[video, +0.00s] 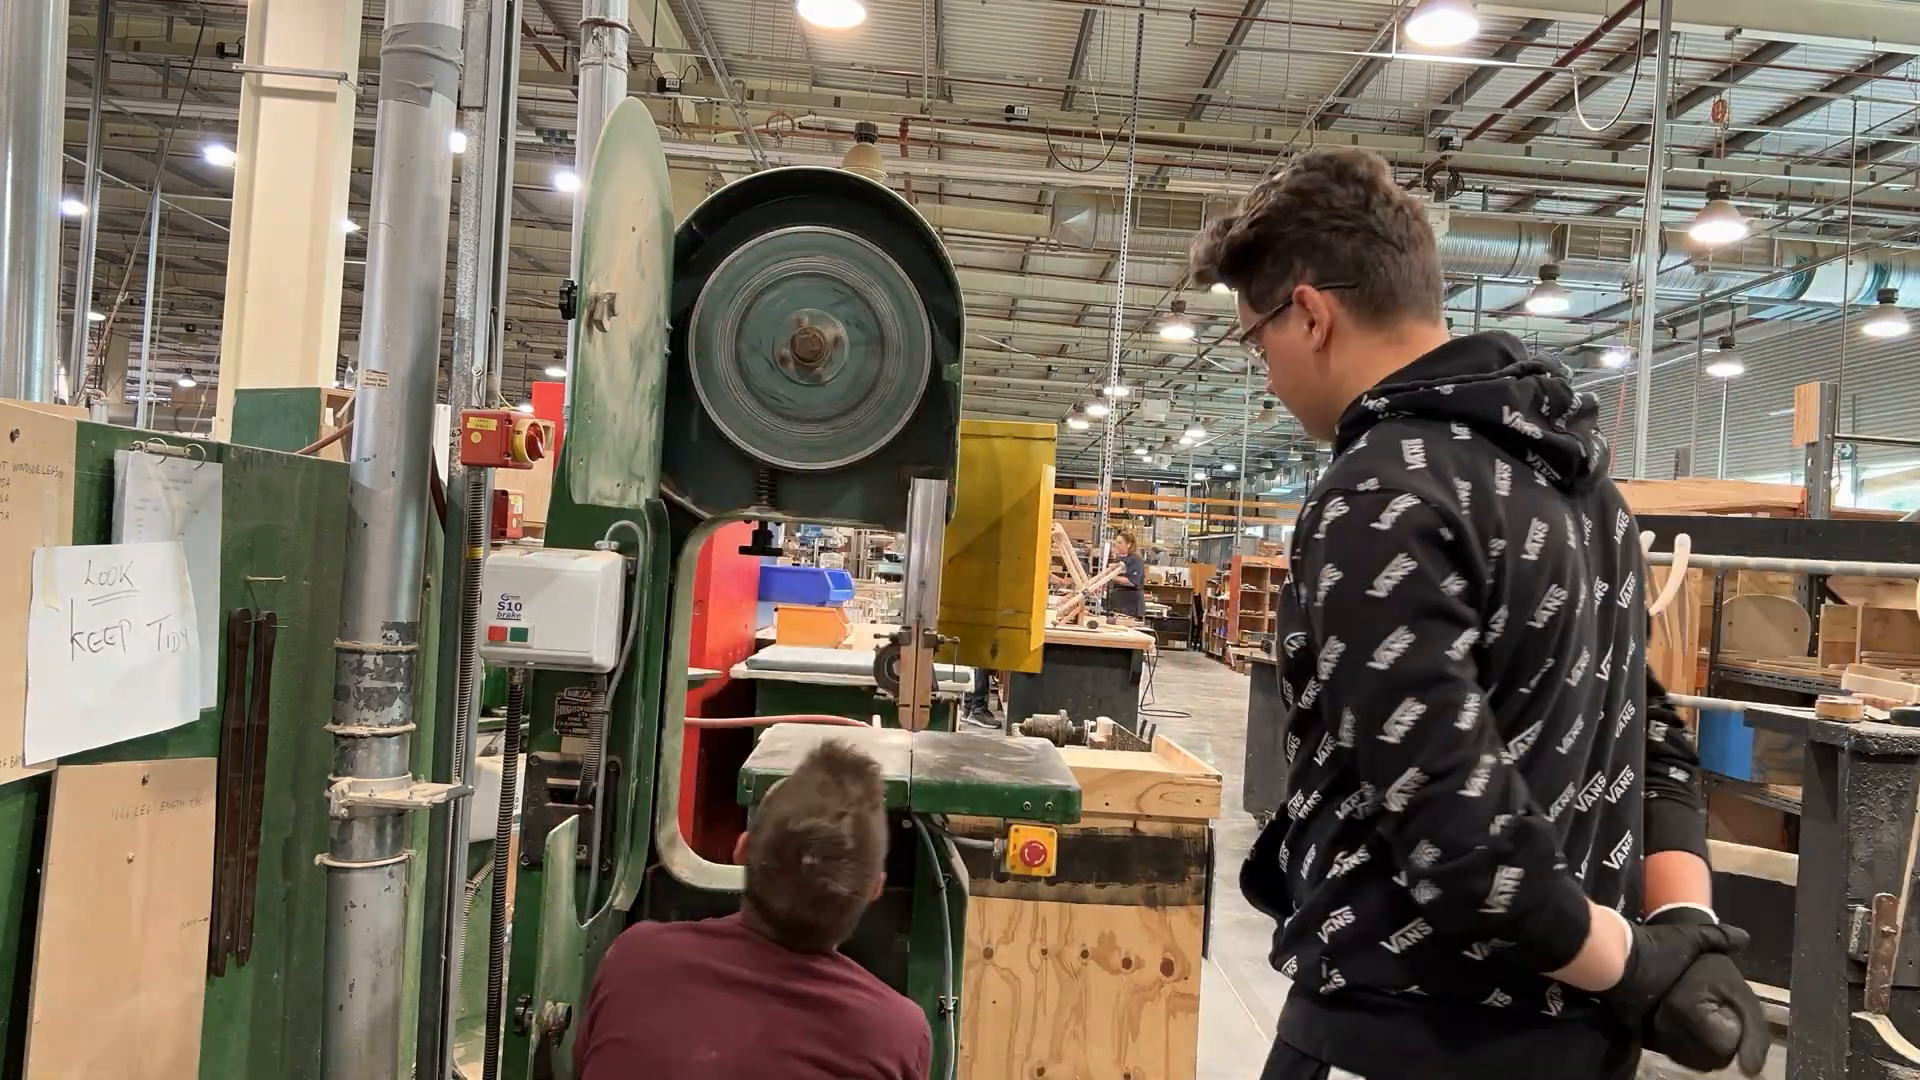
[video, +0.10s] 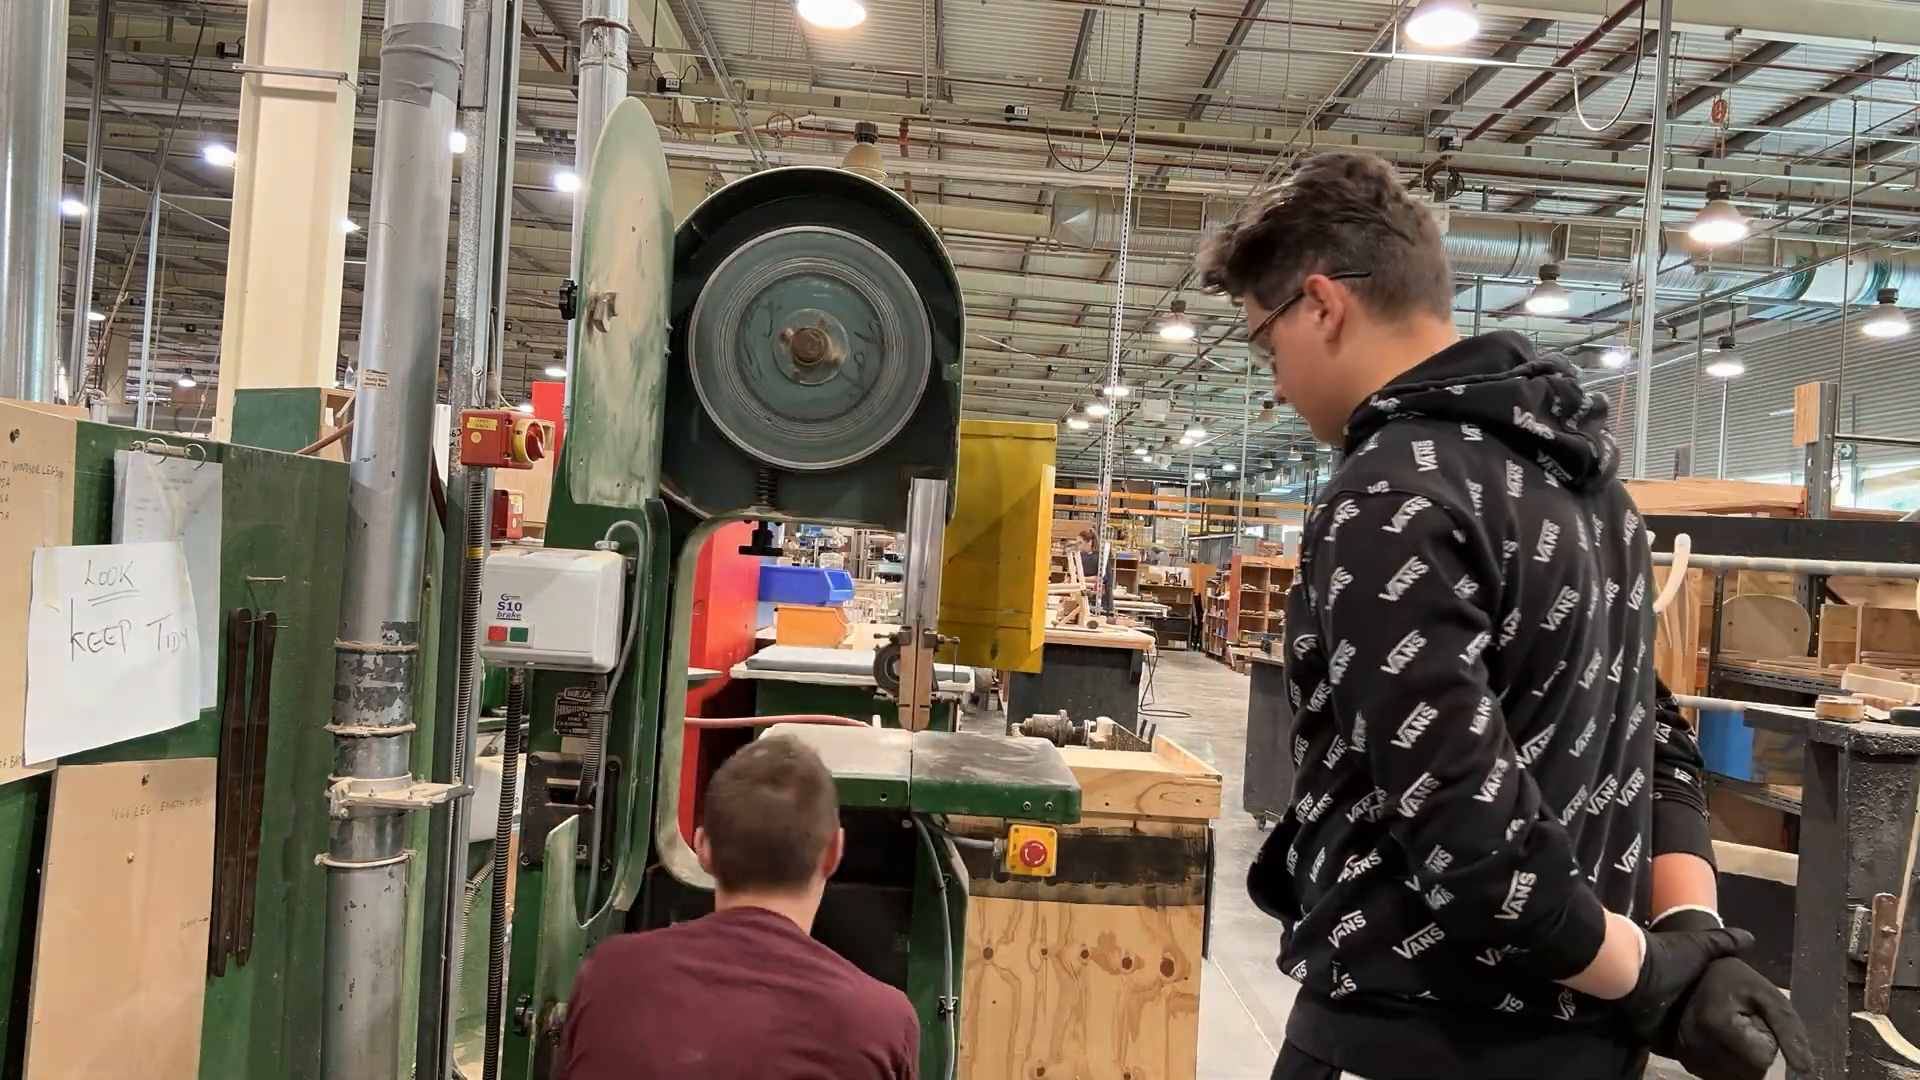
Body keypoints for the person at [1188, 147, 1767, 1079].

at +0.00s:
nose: (1264, 376)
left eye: (1256, 340)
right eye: (1252, 347)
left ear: (1312, 314)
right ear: (1418, 295)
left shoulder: (1375, 497)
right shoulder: (1577, 476)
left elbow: (1456, 837)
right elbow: (1652, 733)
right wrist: (1682, 923)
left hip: (1394, 1036)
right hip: (1567, 1031)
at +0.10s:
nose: (1273, 384)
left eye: (1266, 344)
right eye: (1262, 353)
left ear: (1325, 305)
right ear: (1425, 296)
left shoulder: (1389, 492)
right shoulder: (1577, 471)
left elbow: (1464, 843)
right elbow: (1655, 735)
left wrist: (1652, 974)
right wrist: (1691, 929)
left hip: (1400, 1039)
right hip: (1579, 1033)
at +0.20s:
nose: (1278, 383)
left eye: (1270, 344)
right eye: (1266, 352)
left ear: (1324, 309)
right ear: (1430, 298)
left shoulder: (1386, 493)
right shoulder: (1580, 476)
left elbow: (1462, 838)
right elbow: (1648, 731)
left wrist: (1646, 973)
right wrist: (1684, 928)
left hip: (1397, 1036)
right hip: (1576, 1036)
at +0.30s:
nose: (1282, 384)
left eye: (1273, 343)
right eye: (1270, 350)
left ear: (1325, 311)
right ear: (1432, 303)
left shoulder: (1389, 493)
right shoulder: (1578, 477)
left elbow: (1475, 848)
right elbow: (1648, 738)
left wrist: (1657, 978)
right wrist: (1687, 938)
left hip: (1401, 1034)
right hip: (1577, 1034)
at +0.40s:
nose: (1265, 314)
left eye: (1269, 283)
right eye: (1263, 284)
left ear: (1327, 287)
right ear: (1441, 279)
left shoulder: (1370, 497)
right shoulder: (1561, 475)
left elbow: (1447, 834)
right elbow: (1626, 729)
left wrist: (1624, 974)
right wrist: (1677, 937)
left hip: (1381, 1037)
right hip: (1554, 1032)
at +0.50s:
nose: (1288, 393)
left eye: (1275, 351)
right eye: (1274, 358)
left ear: (1322, 312)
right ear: (1434, 304)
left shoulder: (1392, 497)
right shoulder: (1578, 477)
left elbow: (1475, 849)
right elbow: (1644, 729)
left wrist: (1645, 977)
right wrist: (1683, 932)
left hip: (1400, 1036)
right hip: (1570, 1030)